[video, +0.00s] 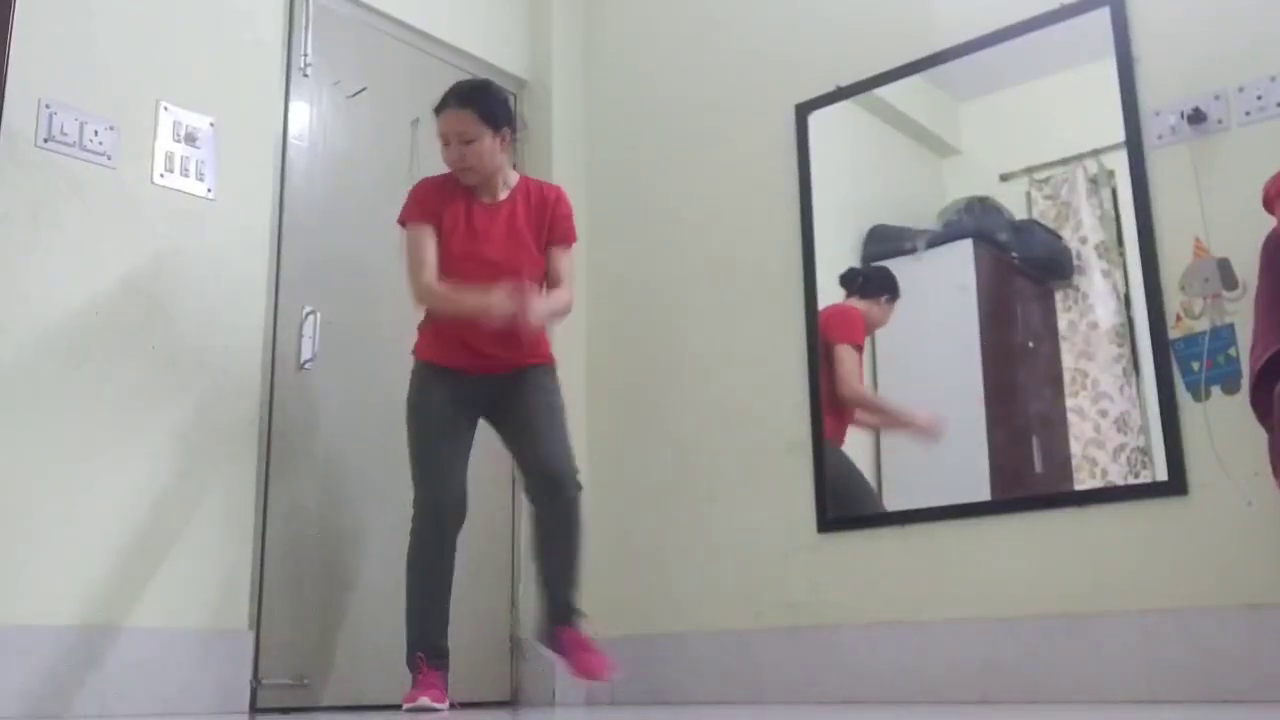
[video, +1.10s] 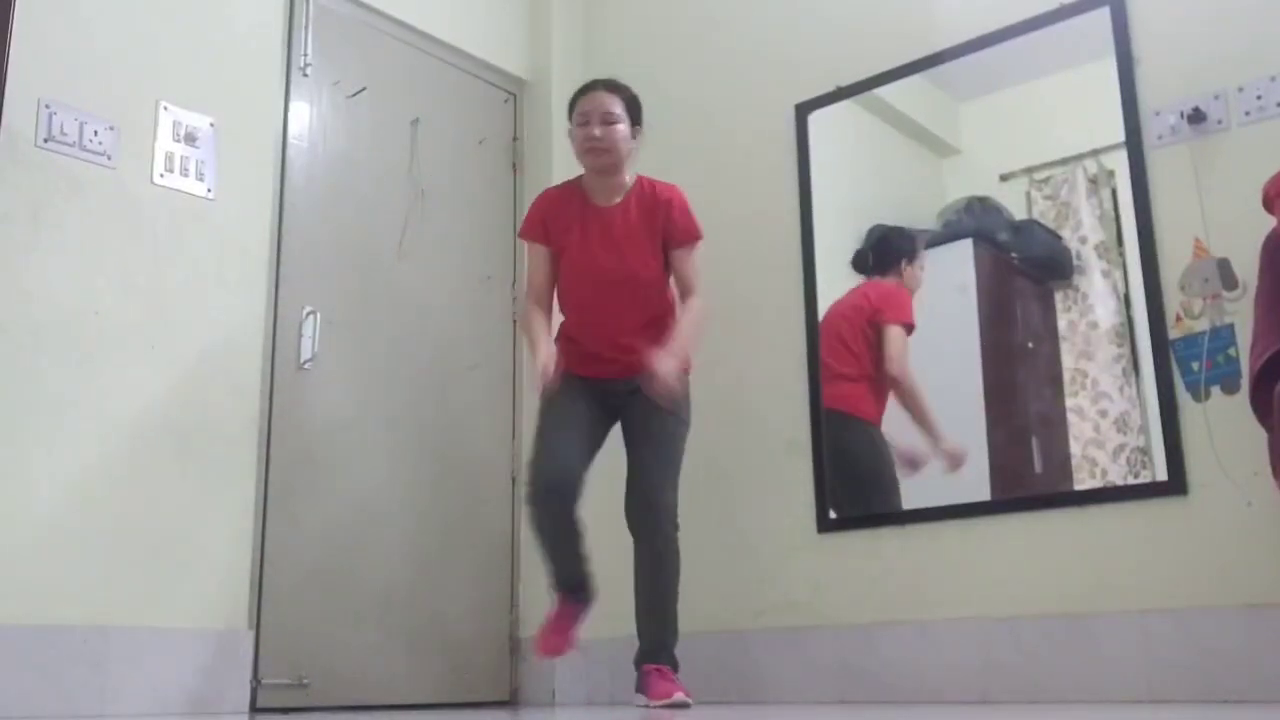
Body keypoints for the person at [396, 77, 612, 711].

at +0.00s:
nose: (453, 155)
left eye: (465, 141)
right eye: (445, 143)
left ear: (505, 137)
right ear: (441, 143)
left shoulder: (549, 202)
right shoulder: (430, 197)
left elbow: (563, 292)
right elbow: (425, 289)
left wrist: (540, 306)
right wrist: (490, 300)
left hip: (524, 373)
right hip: (444, 372)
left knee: (559, 485)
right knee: (439, 508)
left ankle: (561, 624)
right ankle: (428, 668)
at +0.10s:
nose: (475, 141)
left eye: (487, 127)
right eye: (465, 130)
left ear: (521, 126)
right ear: (456, 135)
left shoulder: (557, 190)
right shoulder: (444, 185)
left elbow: (568, 283)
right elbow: (451, 268)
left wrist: (555, 242)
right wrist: (522, 242)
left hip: (541, 367)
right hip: (461, 367)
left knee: (582, 506)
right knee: (450, 513)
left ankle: (628, 652)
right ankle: (429, 671)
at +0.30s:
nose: (543, 126)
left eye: (556, 115)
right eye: (530, 115)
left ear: (576, 127)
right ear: (511, 126)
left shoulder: (604, 191)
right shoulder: (489, 195)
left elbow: (624, 282)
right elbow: (497, 279)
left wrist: (592, 262)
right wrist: (563, 274)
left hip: (595, 377)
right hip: (514, 376)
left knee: (620, 515)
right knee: (479, 516)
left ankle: (653, 666)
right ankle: (434, 669)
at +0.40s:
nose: (577, 126)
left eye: (588, 116)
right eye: (563, 116)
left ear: (607, 130)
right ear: (541, 129)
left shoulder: (633, 194)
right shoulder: (517, 199)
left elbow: (649, 278)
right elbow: (521, 283)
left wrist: (634, 339)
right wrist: (549, 346)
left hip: (623, 373)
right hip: (544, 373)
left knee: (641, 515)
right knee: (499, 514)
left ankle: (656, 664)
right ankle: (444, 659)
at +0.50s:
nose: (600, 125)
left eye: (611, 116)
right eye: (587, 115)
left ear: (629, 133)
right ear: (563, 131)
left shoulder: (653, 200)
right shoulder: (538, 205)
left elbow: (670, 298)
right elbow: (533, 307)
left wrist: (688, 390)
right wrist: (524, 396)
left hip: (643, 378)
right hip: (564, 378)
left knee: (653, 514)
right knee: (539, 498)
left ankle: (658, 664)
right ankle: (488, 646)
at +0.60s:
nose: (614, 121)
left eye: (626, 112)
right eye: (601, 110)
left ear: (642, 128)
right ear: (578, 125)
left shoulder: (666, 197)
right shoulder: (551, 199)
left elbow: (701, 294)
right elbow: (516, 299)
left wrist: (729, 384)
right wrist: (500, 389)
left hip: (653, 372)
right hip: (574, 368)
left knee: (657, 512)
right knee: (575, 490)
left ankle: (658, 663)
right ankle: (562, 633)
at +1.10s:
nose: (597, 131)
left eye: (609, 120)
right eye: (585, 122)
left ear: (634, 132)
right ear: (571, 135)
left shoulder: (664, 203)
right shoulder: (551, 208)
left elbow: (693, 294)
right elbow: (536, 301)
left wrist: (674, 355)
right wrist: (545, 352)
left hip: (654, 376)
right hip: (581, 377)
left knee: (652, 513)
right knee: (548, 488)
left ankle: (657, 664)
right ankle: (574, 593)